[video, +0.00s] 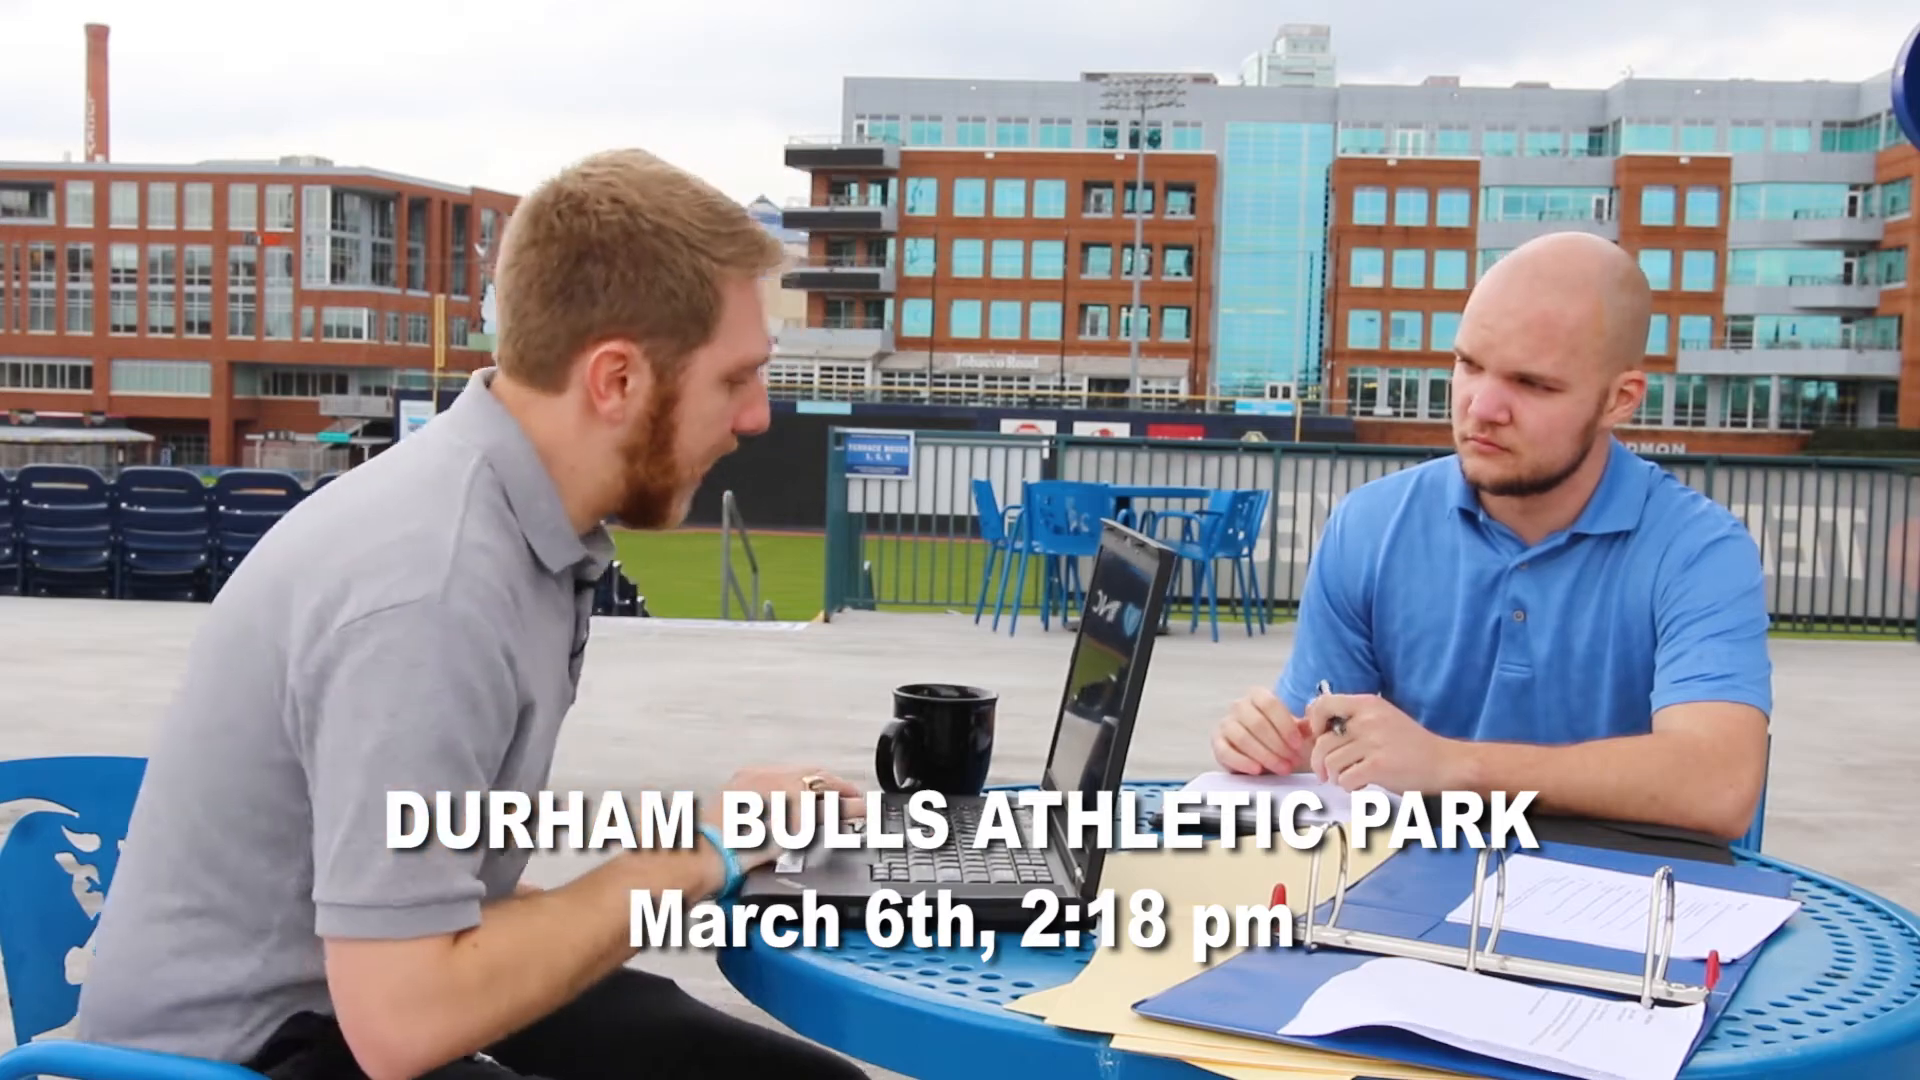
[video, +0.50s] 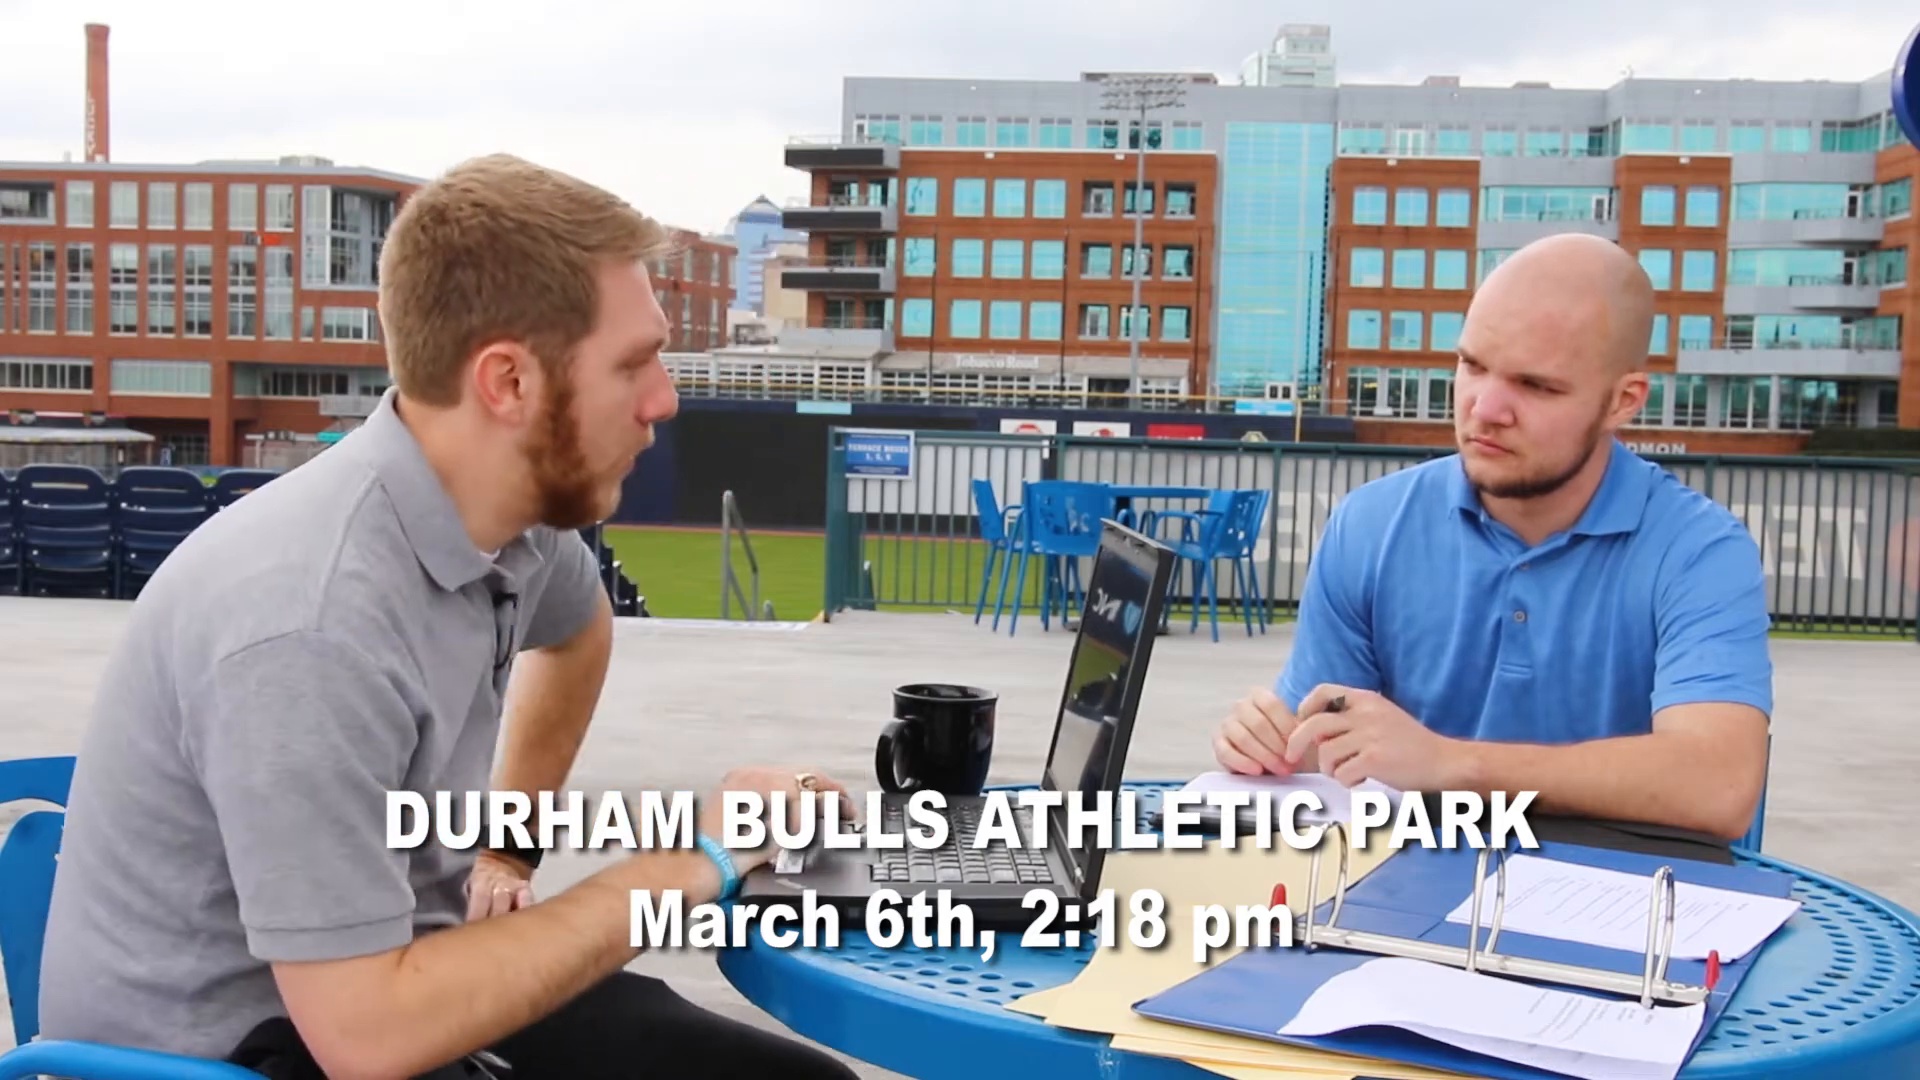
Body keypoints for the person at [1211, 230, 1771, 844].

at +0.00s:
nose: (1482, 406)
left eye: (1530, 383)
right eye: (1470, 364)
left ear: (1620, 400)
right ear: (1454, 354)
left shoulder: (1696, 549)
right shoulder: (1370, 525)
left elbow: (1713, 783)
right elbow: (1314, 728)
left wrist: (1449, 763)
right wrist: (1269, 735)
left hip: (1625, 914)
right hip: (1399, 891)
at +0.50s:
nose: (1485, 408)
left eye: (1534, 385)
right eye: (1473, 366)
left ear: (1622, 402)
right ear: (1458, 355)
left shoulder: (1696, 550)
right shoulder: (1370, 525)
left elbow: (1714, 784)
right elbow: (1311, 724)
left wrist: (1447, 761)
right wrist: (1270, 732)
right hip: (1397, 890)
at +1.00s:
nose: (1489, 406)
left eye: (1538, 384)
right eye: (1478, 365)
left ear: (1624, 403)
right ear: (1460, 355)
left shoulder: (1696, 549)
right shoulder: (1369, 524)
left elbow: (1714, 784)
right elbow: (1304, 720)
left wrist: (1449, 761)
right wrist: (1265, 731)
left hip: (1623, 916)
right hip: (1395, 890)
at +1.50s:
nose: (1492, 409)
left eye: (1542, 387)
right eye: (1480, 367)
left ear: (1625, 406)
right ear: (1462, 356)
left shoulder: (1696, 549)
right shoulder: (1369, 524)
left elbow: (1713, 784)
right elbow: (1304, 723)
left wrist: (1448, 763)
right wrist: (1264, 733)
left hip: (1620, 915)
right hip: (1393, 891)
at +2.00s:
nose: (1494, 413)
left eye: (1543, 390)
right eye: (1481, 370)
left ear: (1626, 407)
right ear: (1463, 356)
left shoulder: (1697, 550)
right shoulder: (1369, 524)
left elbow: (1713, 785)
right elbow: (1304, 723)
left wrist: (1447, 763)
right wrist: (1264, 734)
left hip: (1622, 915)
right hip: (1394, 890)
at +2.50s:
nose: (1499, 406)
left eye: (1549, 383)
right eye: (1486, 364)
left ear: (1632, 403)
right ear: (1467, 353)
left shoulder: (1697, 552)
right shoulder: (1370, 525)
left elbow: (1713, 786)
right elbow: (1306, 730)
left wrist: (1446, 762)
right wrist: (1261, 736)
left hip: (1621, 917)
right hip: (1395, 894)